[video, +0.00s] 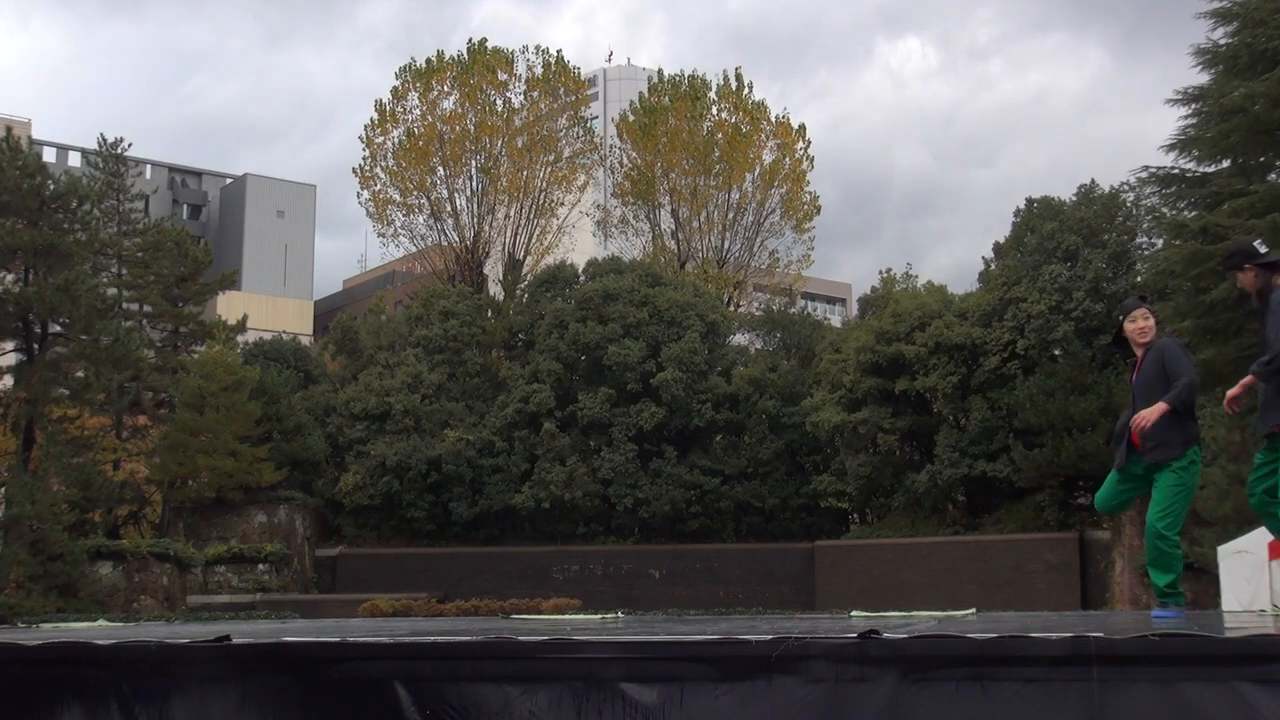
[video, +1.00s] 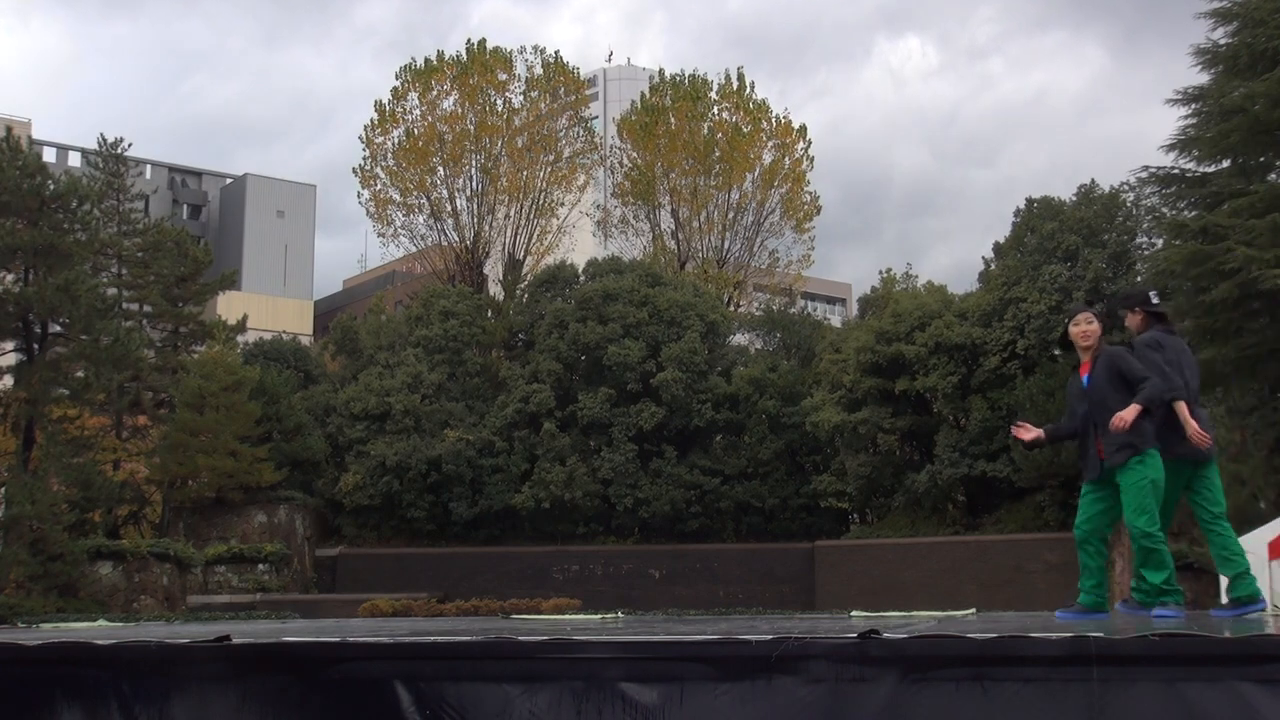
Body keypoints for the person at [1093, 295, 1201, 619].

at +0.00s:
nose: (1141, 325)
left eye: (1146, 318)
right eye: (1133, 321)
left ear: (1155, 323)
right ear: (1124, 330)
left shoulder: (1166, 347)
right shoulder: (1137, 366)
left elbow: (1188, 382)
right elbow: (1143, 405)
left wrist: (1159, 408)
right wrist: (1129, 429)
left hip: (1177, 456)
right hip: (1139, 457)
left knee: (1158, 526)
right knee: (1104, 503)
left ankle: (1170, 602)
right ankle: (1154, 476)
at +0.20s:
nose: (1140, 314)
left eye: (1144, 309)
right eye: (1131, 311)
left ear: (1153, 317)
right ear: (1121, 326)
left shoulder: (1166, 340)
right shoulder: (1135, 361)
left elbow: (1200, 368)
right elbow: (1142, 399)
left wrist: (1185, 401)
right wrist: (1128, 425)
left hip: (1173, 445)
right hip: (1135, 445)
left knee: (1162, 523)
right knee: (1095, 494)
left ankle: (1170, 600)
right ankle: (1147, 469)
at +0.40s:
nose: (1134, 312)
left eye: (1138, 307)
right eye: (1125, 310)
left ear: (1149, 315)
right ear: (1117, 325)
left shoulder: (1165, 338)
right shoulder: (1131, 360)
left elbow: (1202, 367)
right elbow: (1143, 396)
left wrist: (1185, 401)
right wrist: (1127, 422)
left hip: (1168, 445)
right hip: (1128, 442)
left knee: (1163, 523)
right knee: (1083, 483)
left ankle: (1169, 600)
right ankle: (1129, 470)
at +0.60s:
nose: (1126, 318)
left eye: (1130, 312)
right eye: (1118, 315)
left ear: (1141, 318)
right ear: (1109, 327)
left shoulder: (1159, 341)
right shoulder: (1122, 364)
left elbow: (1197, 371)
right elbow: (1135, 400)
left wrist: (1180, 401)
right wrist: (1123, 426)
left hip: (1164, 446)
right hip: (1124, 443)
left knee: (1161, 523)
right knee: (1076, 483)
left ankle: (1169, 600)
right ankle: (1127, 471)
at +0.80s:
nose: (1106, 322)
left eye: (1110, 316)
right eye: (1098, 319)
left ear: (1121, 321)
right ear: (1090, 330)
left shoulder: (1142, 343)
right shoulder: (1106, 370)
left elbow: (1184, 369)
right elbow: (1120, 408)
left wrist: (1167, 401)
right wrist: (1109, 435)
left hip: (1154, 448)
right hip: (1113, 448)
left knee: (1156, 523)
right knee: (1070, 490)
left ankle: (1170, 599)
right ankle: (1110, 508)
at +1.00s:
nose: (1084, 329)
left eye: (1089, 323)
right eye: (1077, 325)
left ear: (1101, 329)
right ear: (1069, 335)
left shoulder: (1115, 357)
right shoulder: (1076, 381)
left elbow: (1156, 384)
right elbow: (1075, 426)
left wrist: (1134, 407)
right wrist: (1041, 434)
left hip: (1137, 458)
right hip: (1100, 467)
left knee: (1142, 527)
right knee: (1087, 531)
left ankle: (1169, 599)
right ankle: (1093, 601)